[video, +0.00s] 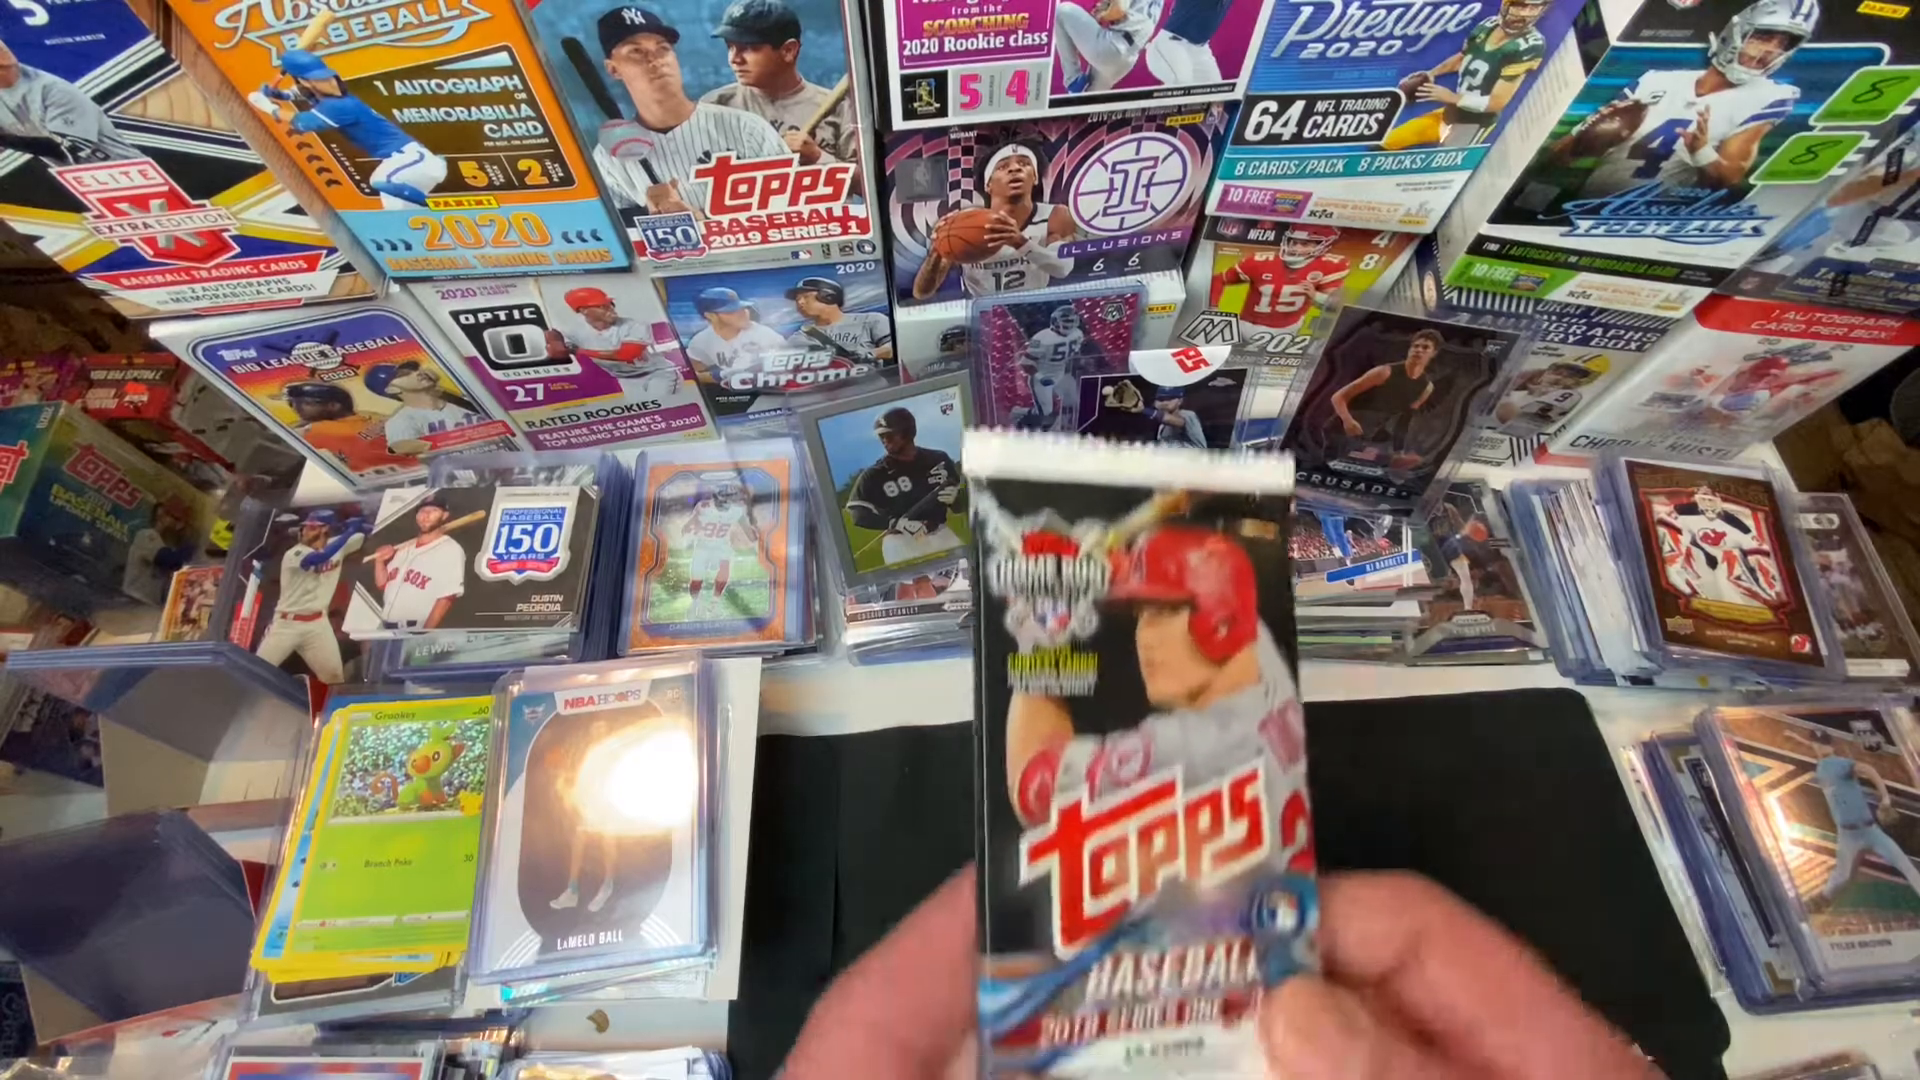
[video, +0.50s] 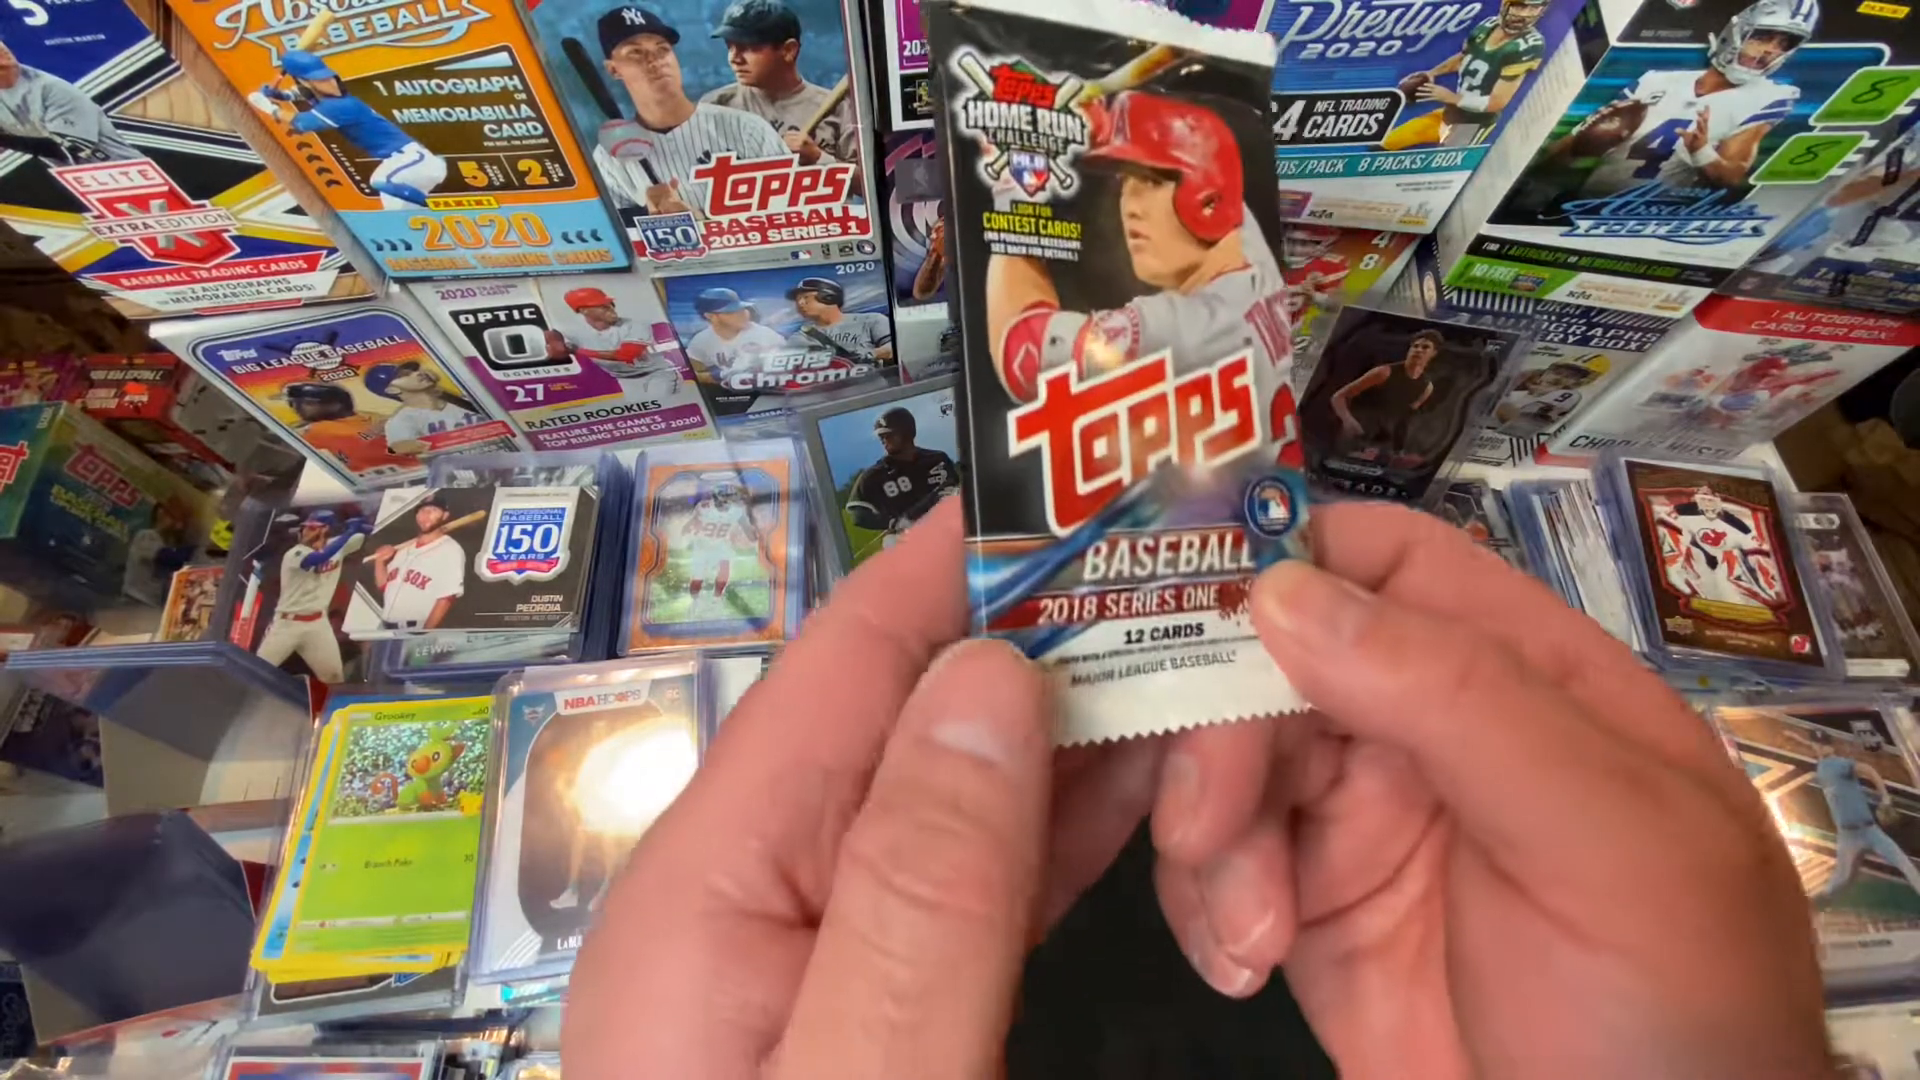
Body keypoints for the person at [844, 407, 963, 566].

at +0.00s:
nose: (886, 441)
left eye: (890, 435)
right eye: (882, 437)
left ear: (907, 433)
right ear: (879, 438)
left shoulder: (938, 459)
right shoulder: (873, 475)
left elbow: (960, 506)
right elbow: (859, 516)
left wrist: (955, 498)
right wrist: (895, 523)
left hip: (940, 535)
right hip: (899, 543)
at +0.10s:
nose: (886, 442)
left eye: (890, 436)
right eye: (882, 438)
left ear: (907, 433)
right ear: (879, 438)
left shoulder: (937, 460)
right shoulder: (872, 476)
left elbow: (961, 505)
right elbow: (859, 516)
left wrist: (955, 498)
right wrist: (895, 523)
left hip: (940, 536)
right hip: (900, 545)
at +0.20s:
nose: (886, 442)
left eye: (890, 435)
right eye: (882, 437)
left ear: (908, 432)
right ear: (879, 438)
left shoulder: (938, 460)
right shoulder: (872, 476)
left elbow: (961, 506)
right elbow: (859, 516)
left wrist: (954, 499)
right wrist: (894, 523)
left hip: (940, 536)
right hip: (900, 544)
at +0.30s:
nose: (885, 442)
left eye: (890, 436)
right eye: (882, 438)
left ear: (908, 433)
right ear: (879, 439)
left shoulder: (937, 460)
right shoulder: (872, 477)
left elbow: (960, 504)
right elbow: (859, 516)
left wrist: (954, 499)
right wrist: (894, 523)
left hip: (940, 537)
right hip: (900, 545)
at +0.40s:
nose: (885, 442)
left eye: (890, 436)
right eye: (882, 438)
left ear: (908, 433)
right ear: (879, 438)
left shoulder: (938, 460)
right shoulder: (872, 477)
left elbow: (963, 503)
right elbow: (859, 516)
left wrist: (955, 498)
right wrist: (893, 523)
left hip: (941, 539)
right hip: (901, 545)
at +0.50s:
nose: (884, 440)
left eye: (889, 434)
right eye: (882, 436)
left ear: (908, 432)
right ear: (879, 438)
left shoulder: (938, 459)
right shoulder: (872, 476)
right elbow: (858, 515)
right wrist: (894, 523)